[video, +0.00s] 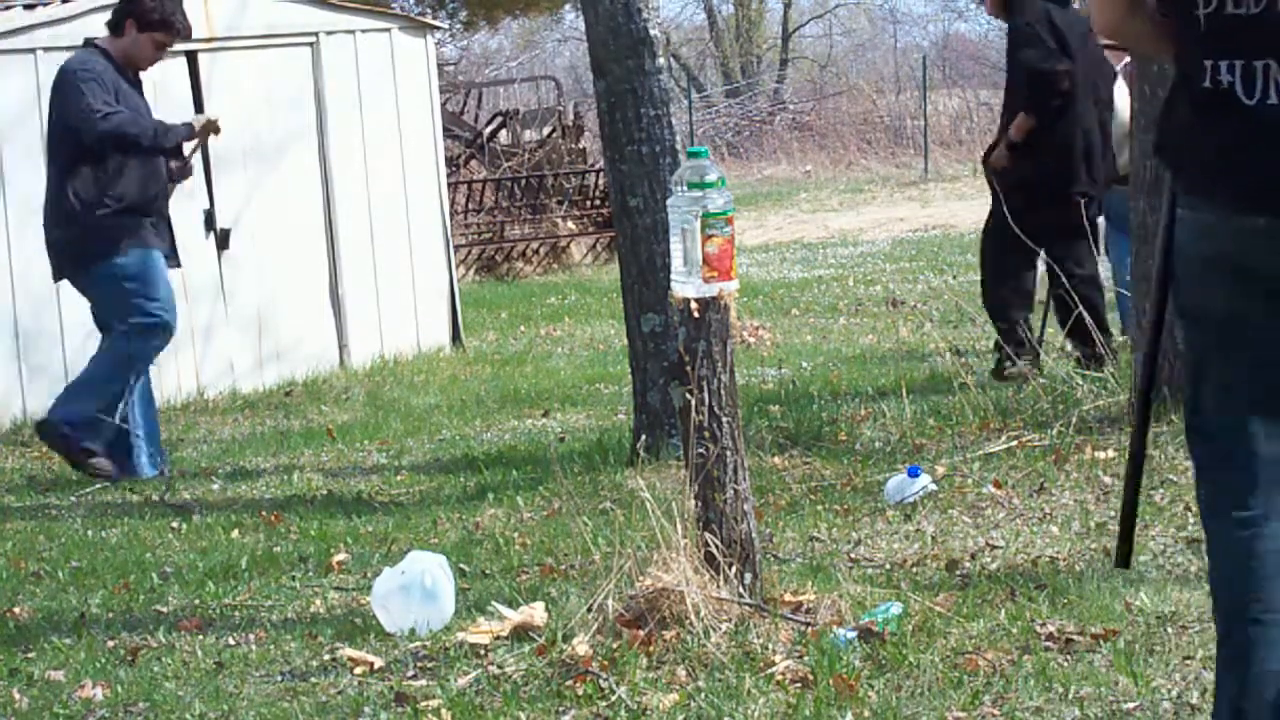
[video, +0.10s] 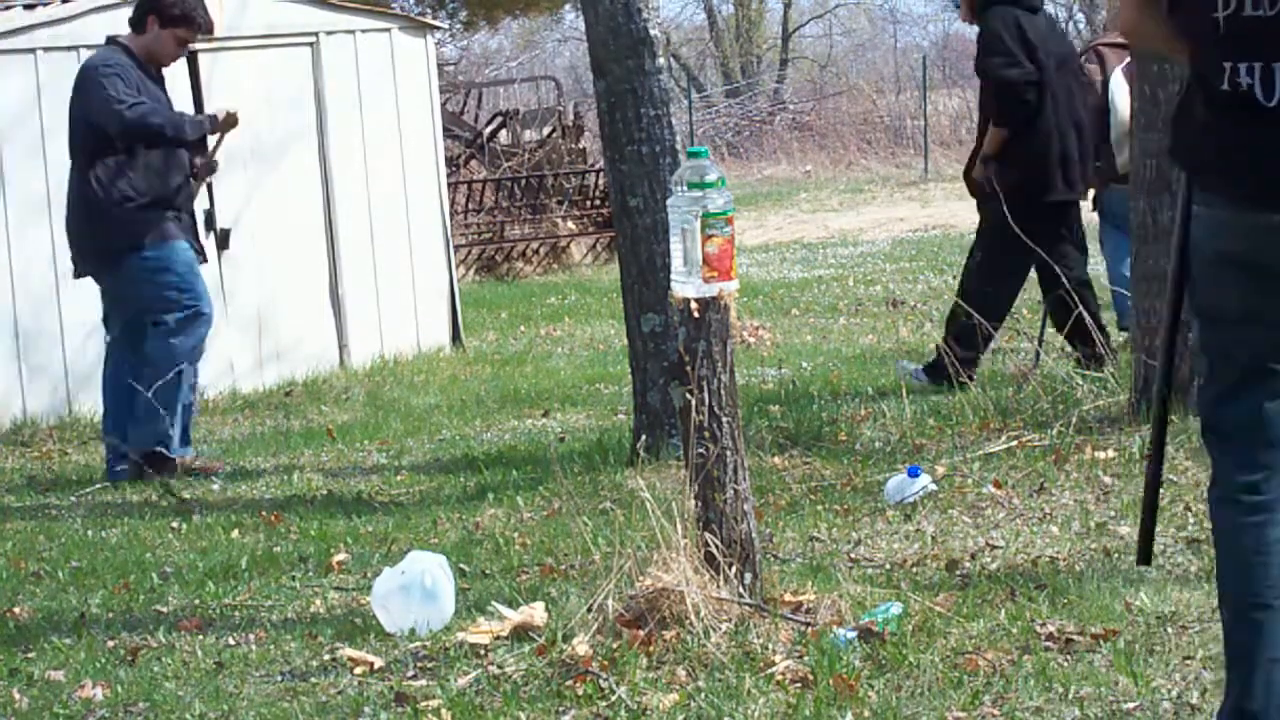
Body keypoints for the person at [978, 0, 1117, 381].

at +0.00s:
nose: (985, 6)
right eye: (983, 2)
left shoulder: (1026, 21)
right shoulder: (1075, 20)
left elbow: (1052, 83)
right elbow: (1104, 84)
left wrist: (1010, 142)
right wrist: (1096, 156)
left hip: (1033, 171)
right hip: (1079, 166)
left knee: (1004, 255)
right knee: (1073, 259)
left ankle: (1017, 356)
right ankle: (1095, 354)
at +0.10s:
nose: (959, 10)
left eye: (959, 2)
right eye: (957, 4)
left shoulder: (998, 20)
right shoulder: (1044, 21)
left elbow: (1014, 87)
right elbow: (1083, 91)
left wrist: (986, 153)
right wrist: (1083, 164)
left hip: (1020, 174)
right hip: (1058, 168)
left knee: (989, 274)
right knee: (1065, 273)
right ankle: (1099, 365)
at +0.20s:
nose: (930, 14)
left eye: (930, 6)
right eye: (927, 8)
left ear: (947, 1)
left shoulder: (966, 29)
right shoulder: (1018, 25)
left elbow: (985, 97)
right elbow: (1051, 85)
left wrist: (958, 159)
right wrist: (1054, 164)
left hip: (989, 178)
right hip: (1033, 171)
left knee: (967, 276)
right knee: (1046, 272)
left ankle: (940, 375)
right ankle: (1094, 358)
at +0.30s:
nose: (899, 16)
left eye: (898, 8)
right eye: (896, 10)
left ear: (913, 2)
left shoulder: (937, 29)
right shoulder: (986, 24)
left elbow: (953, 99)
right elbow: (1023, 83)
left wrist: (926, 162)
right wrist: (1016, 160)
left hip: (960, 179)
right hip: (999, 173)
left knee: (941, 277)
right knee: (1009, 269)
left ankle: (937, 378)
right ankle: (1076, 348)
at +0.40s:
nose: (876, 18)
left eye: (874, 10)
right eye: (872, 12)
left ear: (889, 2)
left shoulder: (910, 29)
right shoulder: (961, 22)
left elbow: (926, 98)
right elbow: (1001, 76)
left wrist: (905, 158)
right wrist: (985, 144)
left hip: (937, 172)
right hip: (974, 167)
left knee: (925, 272)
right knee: (959, 261)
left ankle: (937, 377)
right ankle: (1030, 328)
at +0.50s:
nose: (855, 18)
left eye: (853, 9)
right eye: (852, 11)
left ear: (866, 2)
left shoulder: (886, 29)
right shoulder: (938, 19)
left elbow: (904, 101)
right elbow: (981, 72)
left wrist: (888, 161)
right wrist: (966, 136)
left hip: (923, 169)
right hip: (957, 163)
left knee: (912, 269)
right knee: (924, 261)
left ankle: (937, 374)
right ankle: (976, 335)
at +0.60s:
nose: (834, 16)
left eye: (833, 9)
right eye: (831, 10)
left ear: (845, 3)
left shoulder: (865, 30)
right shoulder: (921, 20)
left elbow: (883, 103)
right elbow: (962, 75)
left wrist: (869, 164)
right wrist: (949, 142)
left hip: (901, 172)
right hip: (937, 163)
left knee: (900, 260)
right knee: (899, 257)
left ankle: (929, 370)